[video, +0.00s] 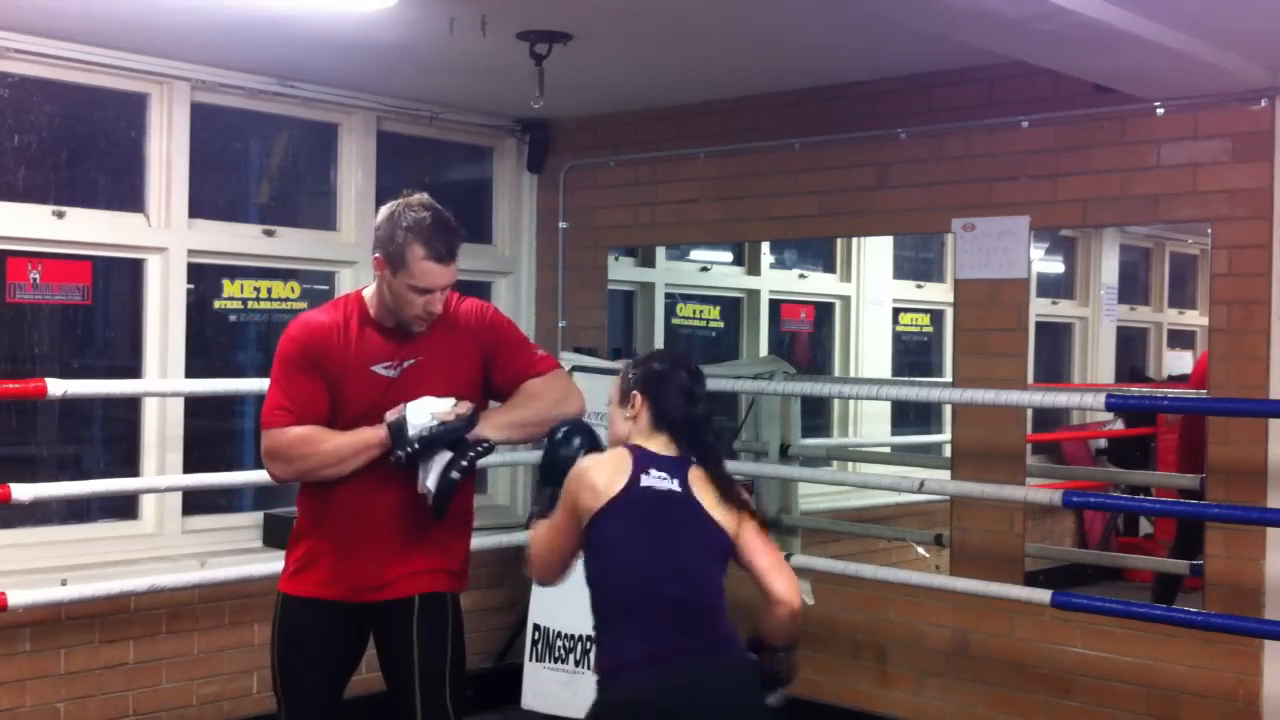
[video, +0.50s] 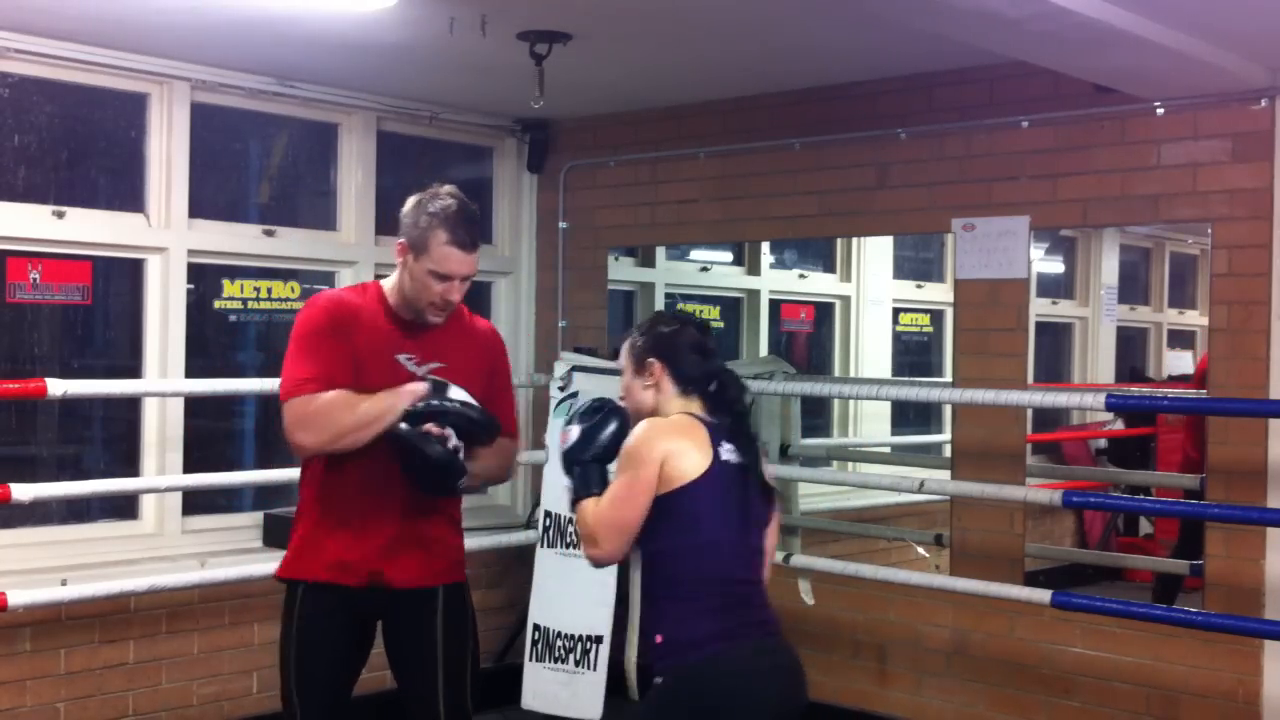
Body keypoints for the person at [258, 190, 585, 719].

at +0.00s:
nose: (437, 305)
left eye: (447, 289)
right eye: (423, 291)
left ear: (453, 267)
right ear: (381, 269)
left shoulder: (476, 324)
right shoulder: (315, 335)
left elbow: (563, 397)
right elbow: (282, 457)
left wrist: (470, 430)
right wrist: (392, 433)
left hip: (424, 577)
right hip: (322, 577)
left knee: (434, 711)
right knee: (303, 712)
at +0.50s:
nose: (453, 294)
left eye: (466, 280)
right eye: (440, 277)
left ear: (476, 266)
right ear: (402, 254)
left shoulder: (481, 340)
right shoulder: (331, 314)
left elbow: (503, 454)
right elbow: (304, 430)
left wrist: (462, 460)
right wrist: (406, 397)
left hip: (431, 571)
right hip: (332, 567)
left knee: (444, 709)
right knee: (312, 709)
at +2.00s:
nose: (480, 274)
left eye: (488, 259)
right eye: (465, 255)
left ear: (494, 257)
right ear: (421, 247)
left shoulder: (492, 338)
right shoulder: (344, 331)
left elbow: (502, 431)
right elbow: (277, 440)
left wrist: (501, 511)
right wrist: (399, 483)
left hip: (442, 585)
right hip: (338, 582)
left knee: (448, 709)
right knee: (307, 711)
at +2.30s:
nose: (431, 264)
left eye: (439, 249)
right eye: (416, 244)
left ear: (444, 253)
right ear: (370, 241)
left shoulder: (446, 342)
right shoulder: (290, 334)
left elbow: (483, 430)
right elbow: (224, 442)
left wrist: (485, 477)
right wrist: (329, 469)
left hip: (400, 587)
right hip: (297, 583)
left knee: (419, 711)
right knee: (263, 711)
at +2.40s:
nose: (392, 262)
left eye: (399, 247)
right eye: (377, 243)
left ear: (404, 249)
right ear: (330, 240)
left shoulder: (408, 335)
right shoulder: (260, 334)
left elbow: (456, 437)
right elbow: (233, 451)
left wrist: (474, 413)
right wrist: (327, 393)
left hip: (376, 584)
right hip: (273, 588)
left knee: (407, 710)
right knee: (250, 711)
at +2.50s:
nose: (364, 257)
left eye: (370, 243)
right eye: (348, 240)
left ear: (378, 243)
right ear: (300, 237)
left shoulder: (383, 329)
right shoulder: (239, 326)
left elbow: (454, 417)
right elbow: (245, 434)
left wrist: (455, 337)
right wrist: (308, 337)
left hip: (359, 577)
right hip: (257, 579)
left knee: (396, 710)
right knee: (242, 712)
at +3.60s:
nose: (307, 260)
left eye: (314, 246)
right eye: (292, 245)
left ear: (321, 242)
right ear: (246, 239)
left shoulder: (333, 324)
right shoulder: (193, 324)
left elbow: (386, 421)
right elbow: (180, 414)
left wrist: (396, 372)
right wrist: (253, 318)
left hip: (344, 577)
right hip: (242, 585)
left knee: (375, 709)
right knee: (238, 713)